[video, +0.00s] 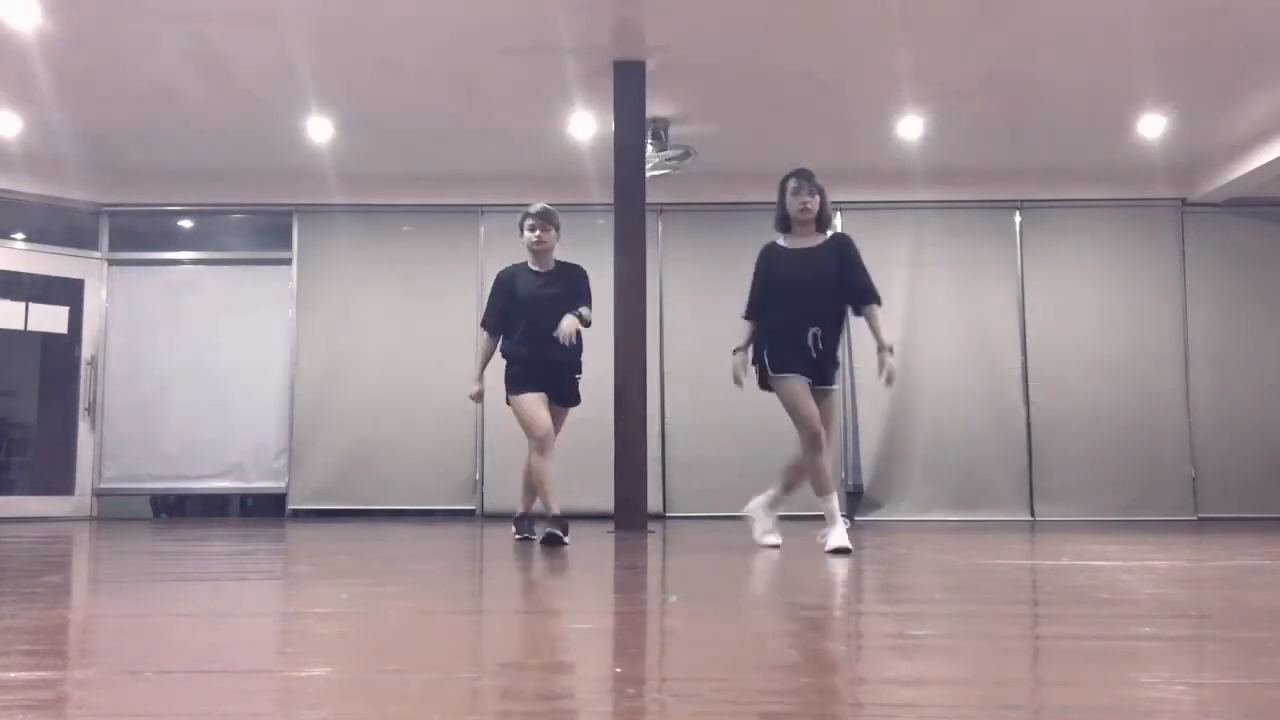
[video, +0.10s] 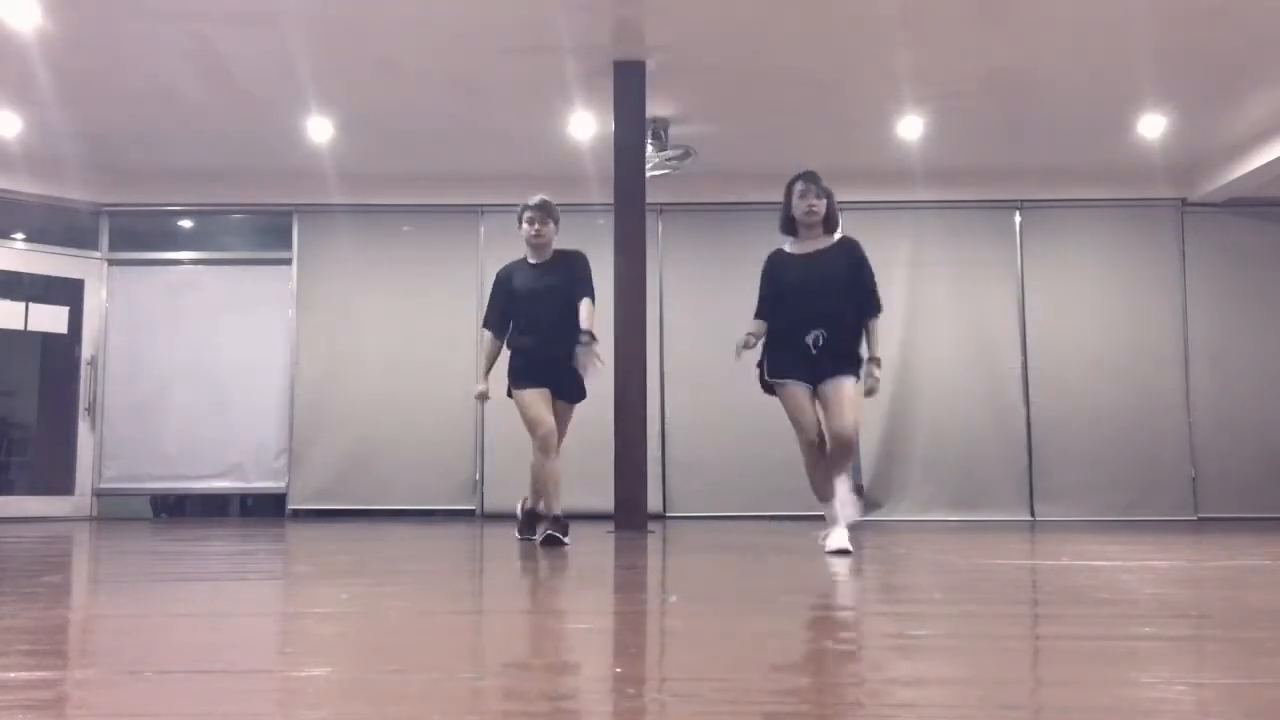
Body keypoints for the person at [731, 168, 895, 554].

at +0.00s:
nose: (805, 199)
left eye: (811, 193)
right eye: (797, 193)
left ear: (822, 200)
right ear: (783, 203)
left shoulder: (840, 245)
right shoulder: (772, 252)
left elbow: (865, 300)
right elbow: (757, 309)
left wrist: (884, 345)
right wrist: (743, 348)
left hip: (824, 354)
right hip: (779, 352)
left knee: (817, 447)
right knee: (814, 434)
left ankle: (764, 506)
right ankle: (836, 525)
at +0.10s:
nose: (811, 201)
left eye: (818, 195)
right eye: (802, 196)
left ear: (828, 203)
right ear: (789, 206)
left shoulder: (848, 249)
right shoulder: (778, 259)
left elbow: (869, 310)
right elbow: (764, 313)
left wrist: (874, 361)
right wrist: (753, 333)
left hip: (838, 357)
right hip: (789, 359)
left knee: (846, 433)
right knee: (813, 440)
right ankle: (834, 525)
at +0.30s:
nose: (825, 181)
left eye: (833, 175)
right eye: (816, 175)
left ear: (844, 183)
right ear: (803, 183)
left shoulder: (858, 234)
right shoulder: (787, 232)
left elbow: (854, 292)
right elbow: (774, 299)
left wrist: (872, 307)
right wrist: (763, 354)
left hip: (856, 335)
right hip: (807, 339)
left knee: (852, 419)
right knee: (816, 435)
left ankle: (846, 522)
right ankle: (823, 507)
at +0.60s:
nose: (846, 160)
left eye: (854, 153)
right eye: (837, 154)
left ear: (865, 163)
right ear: (821, 163)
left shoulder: (883, 215)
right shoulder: (799, 217)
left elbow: (908, 261)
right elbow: (766, 268)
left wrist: (933, 278)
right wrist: (784, 306)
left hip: (878, 327)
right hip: (823, 327)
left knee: (861, 428)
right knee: (854, 415)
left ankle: (826, 525)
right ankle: (874, 531)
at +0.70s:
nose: (853, 148)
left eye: (860, 141)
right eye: (843, 142)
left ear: (873, 150)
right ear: (827, 153)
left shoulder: (893, 199)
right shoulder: (810, 207)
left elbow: (924, 262)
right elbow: (770, 260)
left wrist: (952, 314)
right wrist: (792, 274)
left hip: (886, 326)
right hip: (828, 325)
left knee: (883, 440)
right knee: (850, 414)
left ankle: (840, 488)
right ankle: (874, 533)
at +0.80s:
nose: (857, 141)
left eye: (864, 133)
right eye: (846, 134)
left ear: (877, 141)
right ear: (832, 146)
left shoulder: (902, 188)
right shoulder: (823, 204)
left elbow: (933, 257)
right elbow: (789, 275)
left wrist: (933, 319)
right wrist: (811, 228)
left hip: (888, 308)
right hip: (828, 314)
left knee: (892, 393)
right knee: (851, 423)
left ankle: (872, 435)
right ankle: (875, 535)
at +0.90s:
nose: (859, 135)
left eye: (864, 125)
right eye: (847, 132)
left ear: (879, 130)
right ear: (836, 147)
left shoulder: (917, 181)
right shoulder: (834, 199)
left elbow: (930, 253)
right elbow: (812, 265)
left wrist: (916, 304)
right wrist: (843, 210)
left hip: (894, 292)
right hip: (835, 302)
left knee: (885, 350)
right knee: (854, 421)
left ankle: (888, 449)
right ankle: (877, 533)